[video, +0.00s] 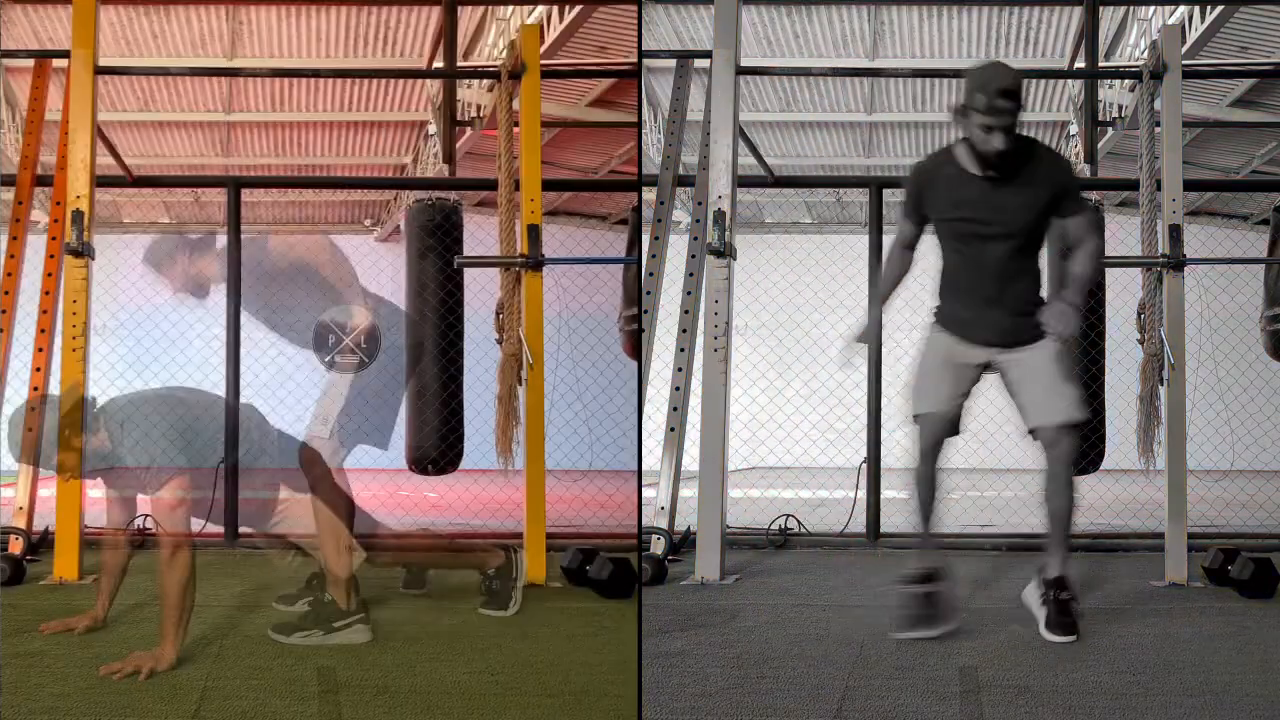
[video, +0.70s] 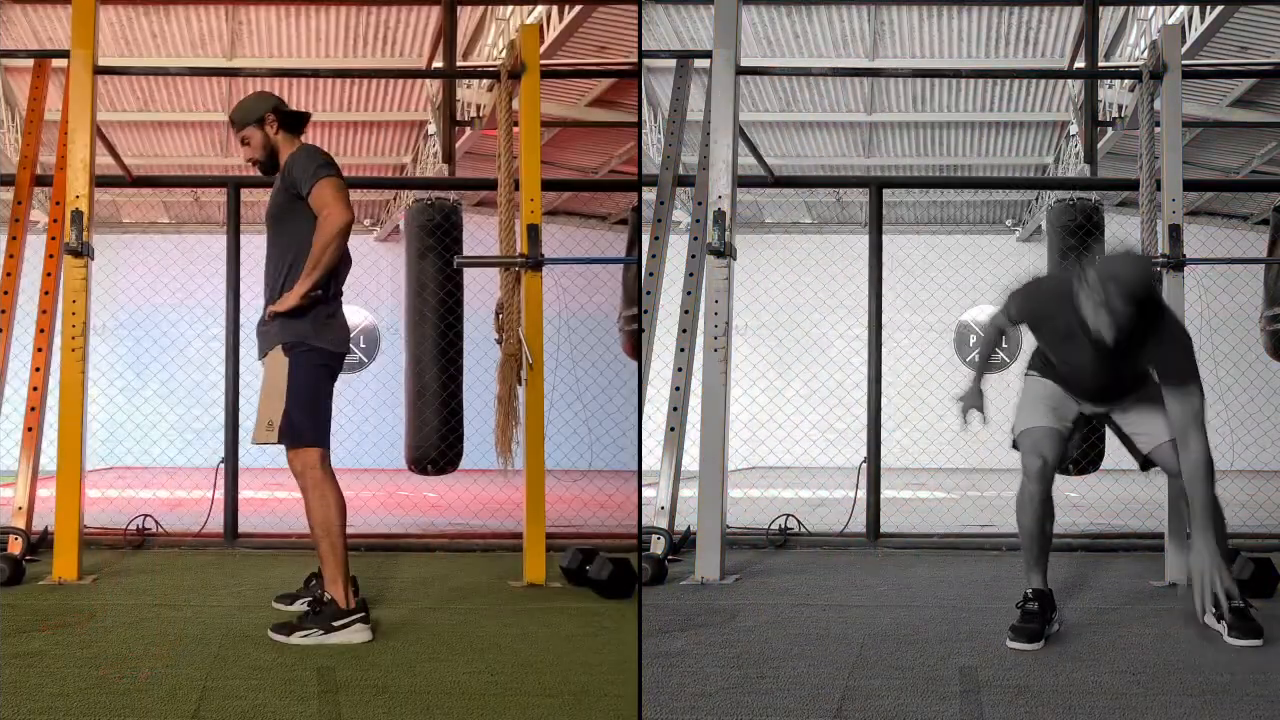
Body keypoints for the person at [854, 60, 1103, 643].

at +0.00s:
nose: (1000, 142)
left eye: (1009, 129)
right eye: (987, 129)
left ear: (1020, 121)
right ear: (962, 119)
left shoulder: (1047, 168)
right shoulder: (932, 174)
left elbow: (1088, 239)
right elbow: (902, 245)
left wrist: (1069, 299)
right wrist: (873, 314)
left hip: (1029, 332)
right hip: (955, 331)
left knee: (1062, 442)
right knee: (929, 439)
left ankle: (1054, 581)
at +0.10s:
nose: (1038, 175)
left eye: (1045, 164)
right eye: (1027, 164)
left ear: (1058, 153)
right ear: (1002, 148)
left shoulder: (1085, 195)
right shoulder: (966, 195)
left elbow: (1132, 277)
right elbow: (930, 251)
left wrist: (1109, 346)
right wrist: (914, 327)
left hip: (1063, 339)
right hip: (988, 340)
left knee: (1098, 438)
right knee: (984, 454)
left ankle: (1114, 571)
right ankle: (1016, 585)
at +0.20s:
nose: (1078, 244)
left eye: (1088, 233)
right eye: (1068, 233)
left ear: (1100, 221)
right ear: (1046, 217)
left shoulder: (1123, 256)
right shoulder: (1004, 246)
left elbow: (1165, 344)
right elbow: (964, 283)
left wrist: (1165, 429)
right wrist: (947, 346)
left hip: (1093, 366)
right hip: (1018, 366)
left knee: (1159, 476)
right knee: (1013, 471)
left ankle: (1192, 586)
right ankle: (1034, 597)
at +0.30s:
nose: (1117, 332)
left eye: (1126, 320)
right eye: (1107, 320)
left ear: (1141, 309)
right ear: (1085, 303)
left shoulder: (1166, 339)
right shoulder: (1045, 306)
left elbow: (1195, 442)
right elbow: (1002, 324)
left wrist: (1194, 537)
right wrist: (980, 378)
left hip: (1132, 392)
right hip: (1053, 384)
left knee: (1185, 468)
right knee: (1025, 465)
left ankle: (1223, 595)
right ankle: (1036, 597)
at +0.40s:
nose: (1145, 417)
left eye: (1154, 405)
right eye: (1138, 403)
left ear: (1172, 390)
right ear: (1114, 379)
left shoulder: (1190, 413)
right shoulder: (1066, 356)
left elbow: (1211, 508)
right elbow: (1021, 344)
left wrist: (1211, 609)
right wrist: (1008, 393)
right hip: (1069, 393)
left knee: (1212, 492)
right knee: (1038, 464)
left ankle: (1227, 591)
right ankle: (1037, 597)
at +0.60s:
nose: (1133, 400)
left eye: (1143, 395)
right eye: (1127, 388)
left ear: (1165, 386)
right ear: (1110, 365)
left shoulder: (1186, 405)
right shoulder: (1069, 347)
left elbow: (1203, 502)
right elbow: (1017, 340)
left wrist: (1213, 613)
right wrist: (1003, 395)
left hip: (1160, 400)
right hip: (1071, 385)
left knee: (1207, 484)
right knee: (1045, 466)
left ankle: (1229, 587)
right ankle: (1037, 595)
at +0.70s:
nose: (1107, 322)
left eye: (1117, 313)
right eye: (1100, 307)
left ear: (1140, 305)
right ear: (1087, 285)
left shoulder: (1167, 334)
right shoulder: (1043, 298)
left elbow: (1193, 440)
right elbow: (997, 325)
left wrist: (1206, 541)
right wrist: (976, 381)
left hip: (1132, 389)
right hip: (1055, 380)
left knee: (1188, 468)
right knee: (1036, 469)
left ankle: (1219, 595)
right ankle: (1036, 594)